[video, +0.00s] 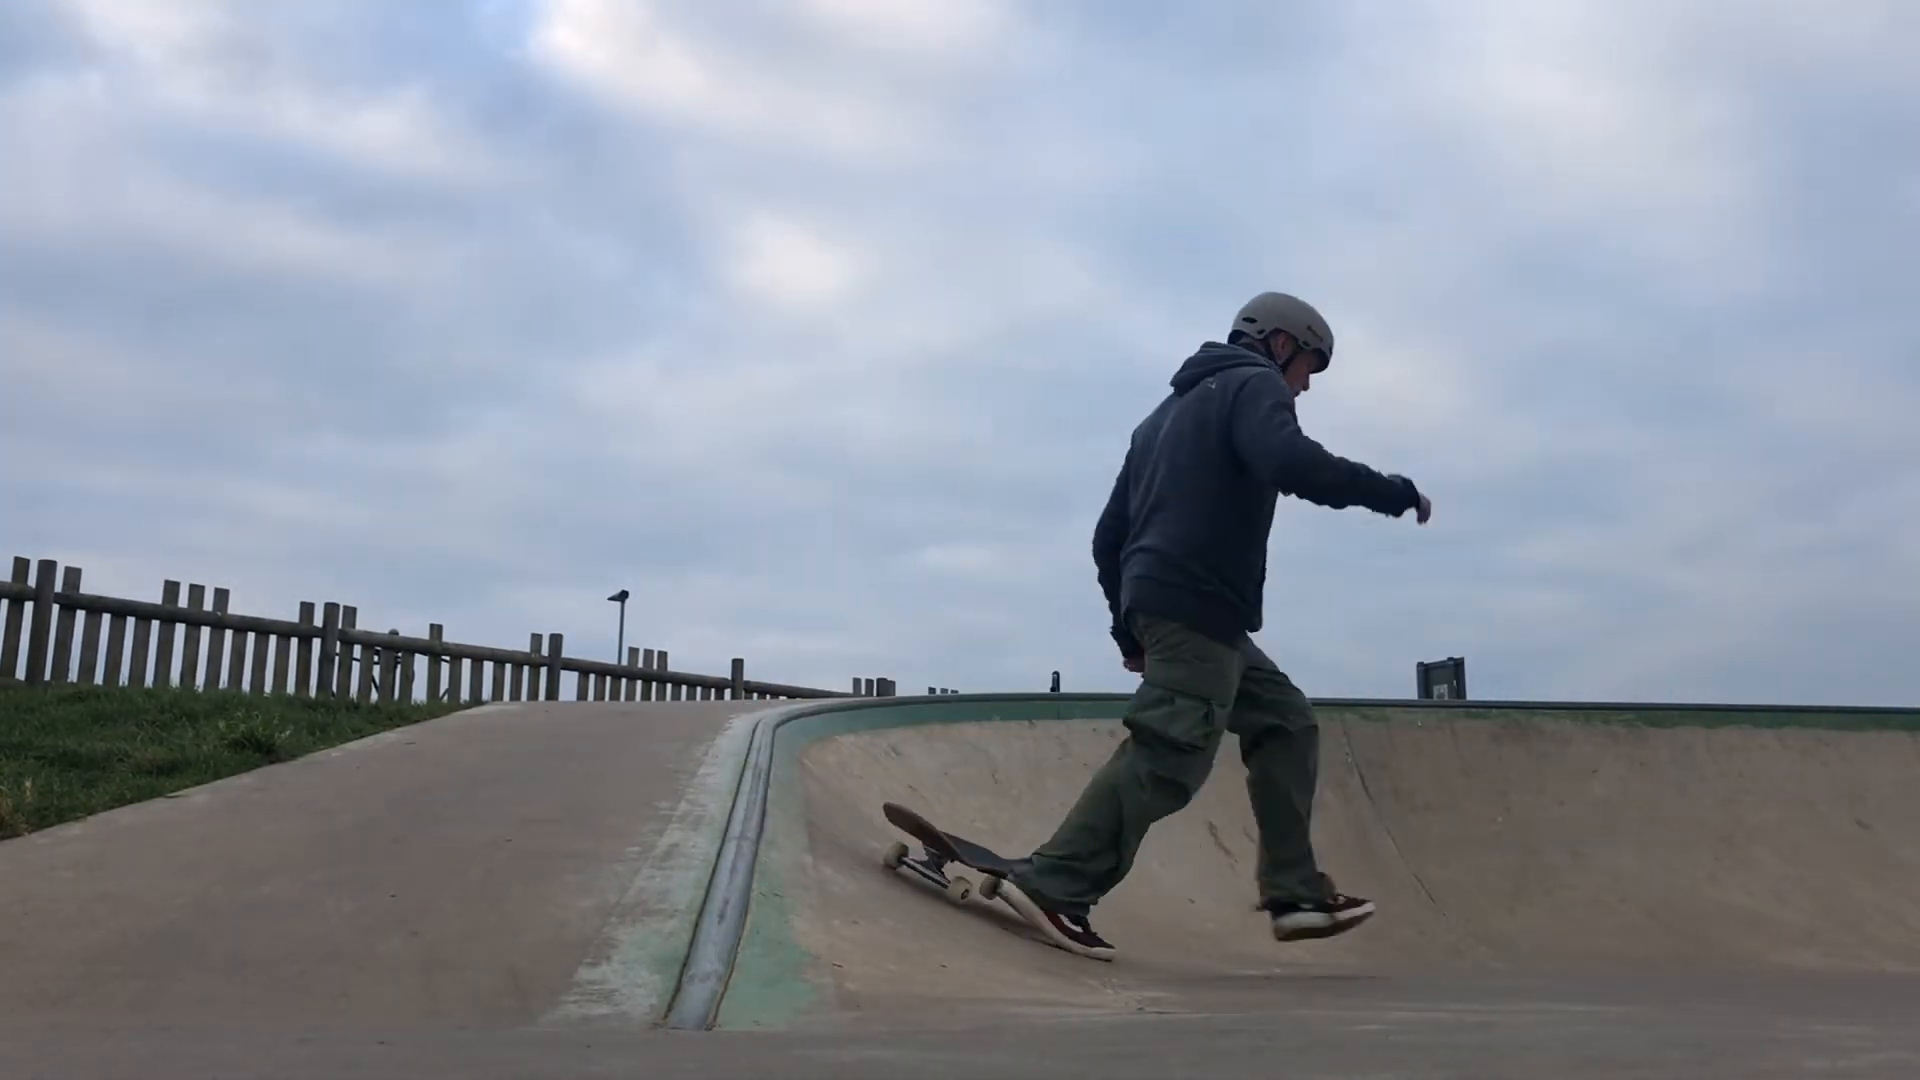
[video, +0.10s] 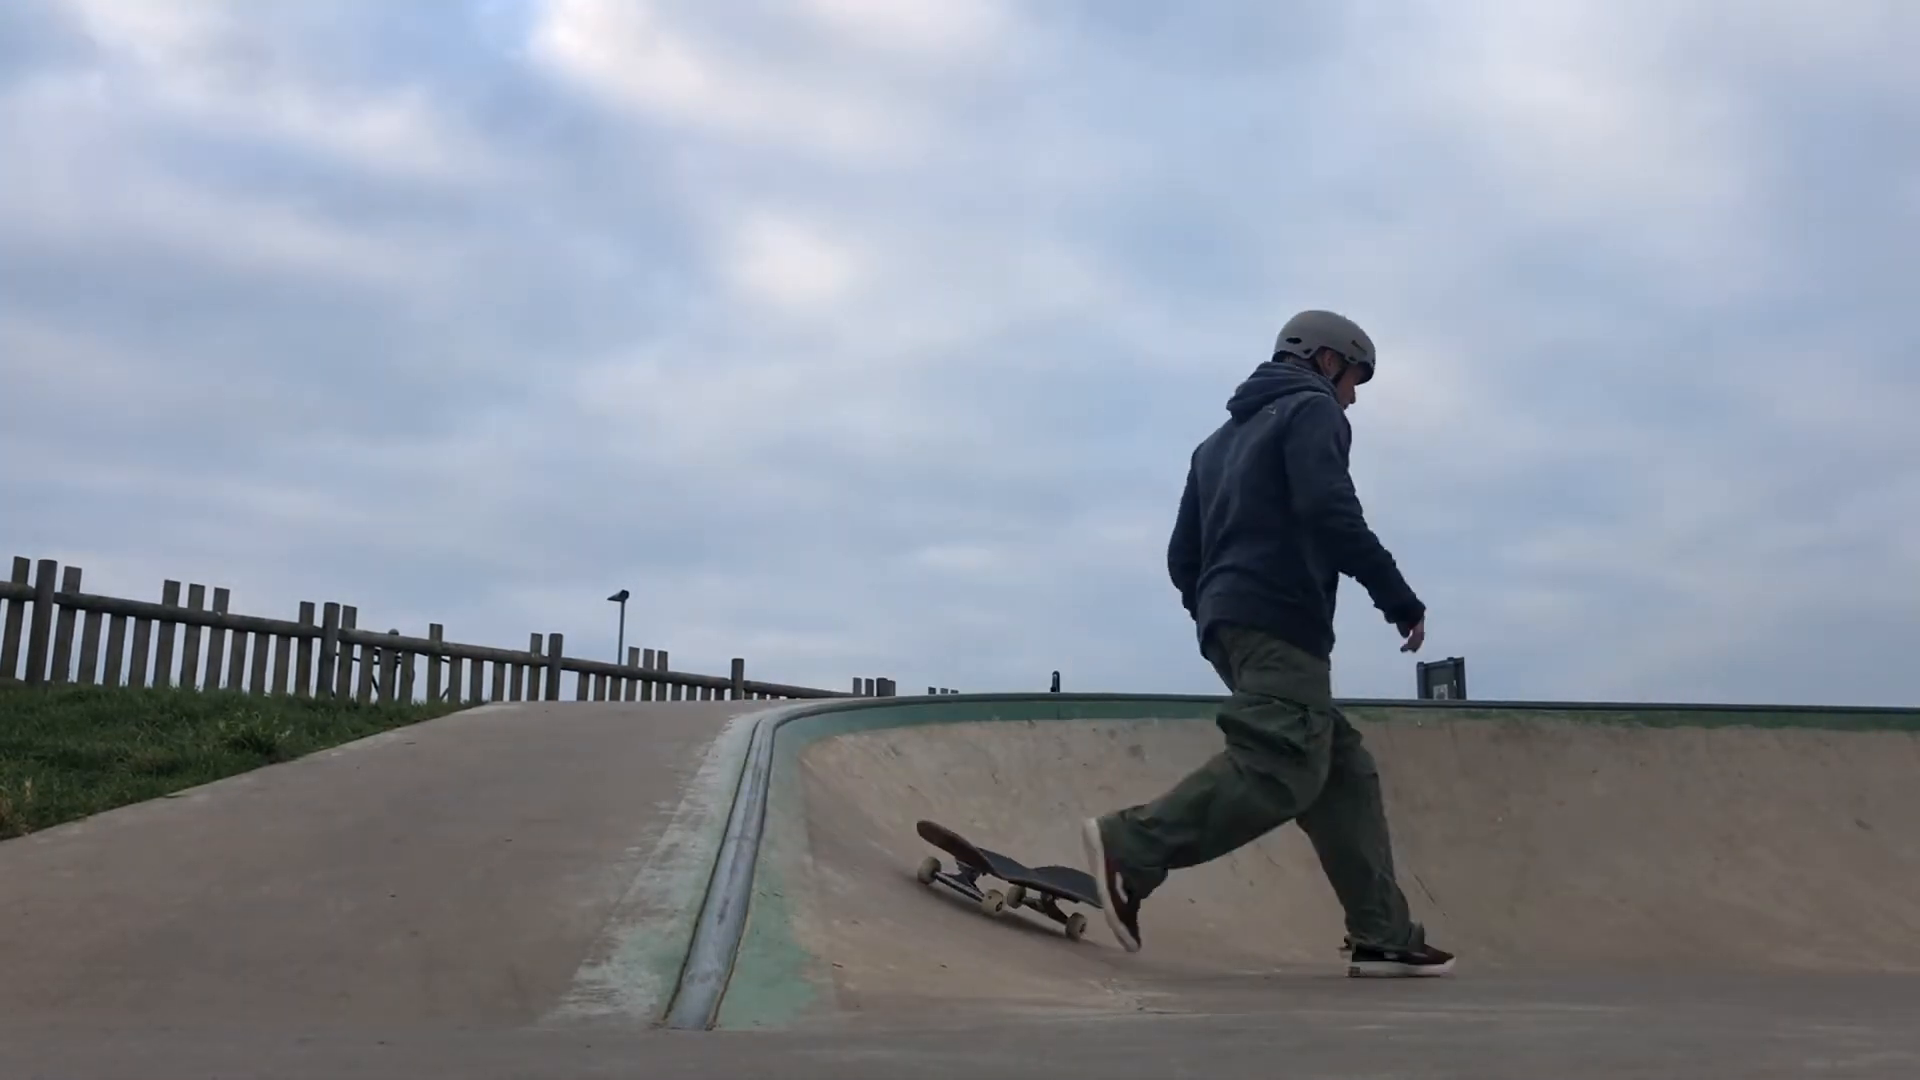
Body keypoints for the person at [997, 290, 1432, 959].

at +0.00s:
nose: (1306, 384)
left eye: (1312, 373)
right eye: (1308, 367)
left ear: (1248, 342)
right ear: (1278, 345)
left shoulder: (1164, 416)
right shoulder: (1252, 385)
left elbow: (1111, 533)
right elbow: (1285, 457)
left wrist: (1130, 624)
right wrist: (1388, 490)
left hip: (1155, 599)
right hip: (1195, 600)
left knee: (1283, 720)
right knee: (1168, 754)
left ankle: (1295, 892)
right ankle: (1054, 881)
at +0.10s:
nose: (1353, 396)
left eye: (1358, 384)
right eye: (1354, 379)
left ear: (1293, 360)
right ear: (1325, 361)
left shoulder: (1218, 440)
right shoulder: (1310, 409)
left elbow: (1184, 556)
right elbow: (1328, 509)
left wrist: (1223, 613)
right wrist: (1399, 599)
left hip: (1227, 622)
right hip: (1279, 617)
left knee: (1343, 769)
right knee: (1284, 767)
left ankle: (1382, 935)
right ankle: (1135, 845)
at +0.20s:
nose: (1399, 420)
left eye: (1403, 408)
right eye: (1399, 405)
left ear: (1335, 391)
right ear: (1371, 390)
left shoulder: (1285, 463)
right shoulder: (1363, 443)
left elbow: (1270, 573)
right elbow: (1365, 560)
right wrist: (1396, 659)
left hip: (1280, 658)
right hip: (1337, 651)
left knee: (1405, 792)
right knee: (1430, 775)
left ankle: (1392, 941)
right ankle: (1305, 825)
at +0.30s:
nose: (1439, 429)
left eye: (1443, 416)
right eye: (1439, 413)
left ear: (1383, 398)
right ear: (1413, 397)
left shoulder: (1333, 462)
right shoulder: (1399, 447)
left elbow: (1374, 570)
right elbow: (1391, 550)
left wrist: (1449, 630)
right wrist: (1407, 645)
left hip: (1321, 662)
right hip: (1386, 652)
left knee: (1407, 791)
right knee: (1497, 749)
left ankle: (1391, 930)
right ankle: (1476, 876)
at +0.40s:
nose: (1475, 421)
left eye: (1478, 409)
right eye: (1475, 406)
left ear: (1421, 392)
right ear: (1451, 391)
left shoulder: (1370, 460)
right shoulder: (1434, 434)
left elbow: (1426, 572)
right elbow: (1417, 529)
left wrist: (1509, 580)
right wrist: (1438, 617)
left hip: (1361, 649)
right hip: (1435, 640)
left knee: (1422, 780)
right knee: (1516, 758)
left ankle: (1397, 912)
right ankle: (1560, 916)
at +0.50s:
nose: (1501, 426)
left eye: (1503, 415)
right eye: (1500, 413)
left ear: (1443, 398)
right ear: (1478, 399)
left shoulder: (1401, 466)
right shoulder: (1466, 443)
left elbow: (1465, 569)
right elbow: (1456, 529)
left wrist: (1541, 557)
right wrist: (1487, 617)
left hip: (1406, 652)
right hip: (1481, 647)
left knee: (1451, 783)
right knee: (1529, 783)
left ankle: (1417, 874)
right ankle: (1545, 941)